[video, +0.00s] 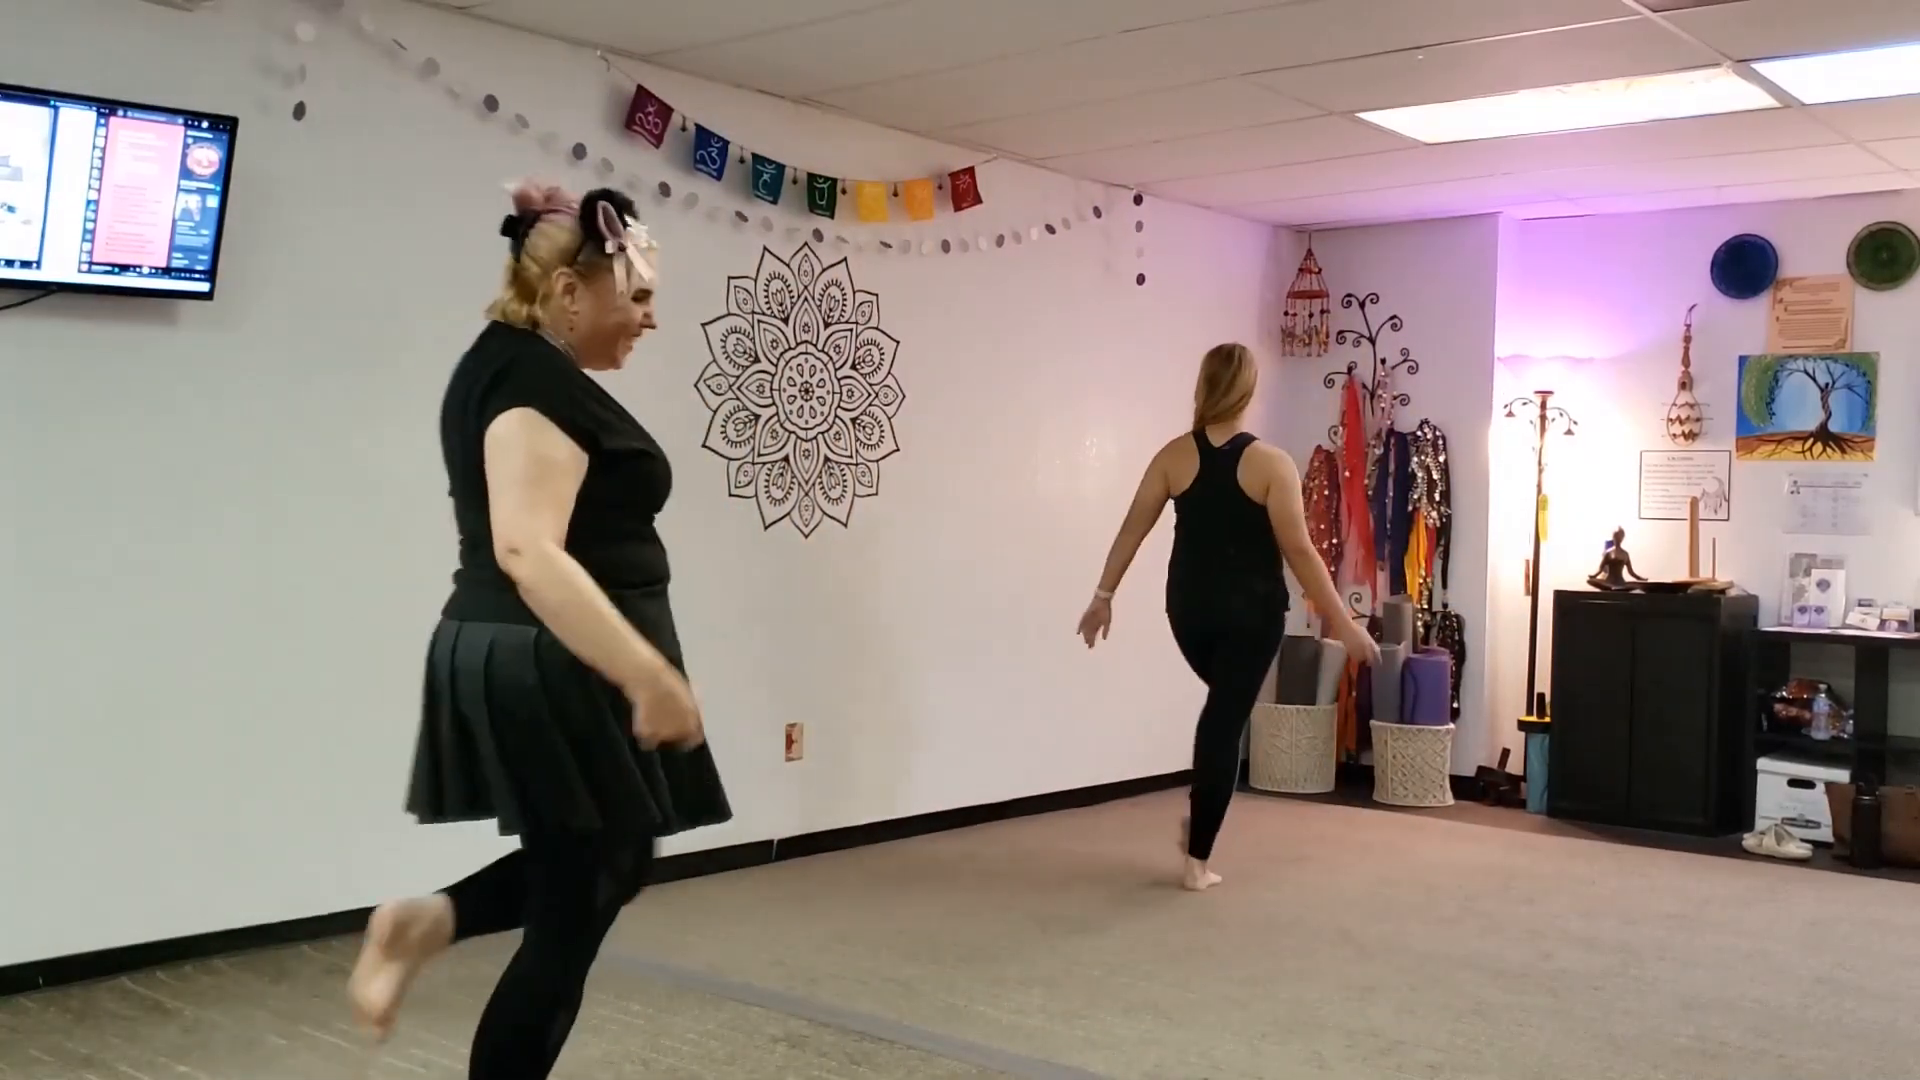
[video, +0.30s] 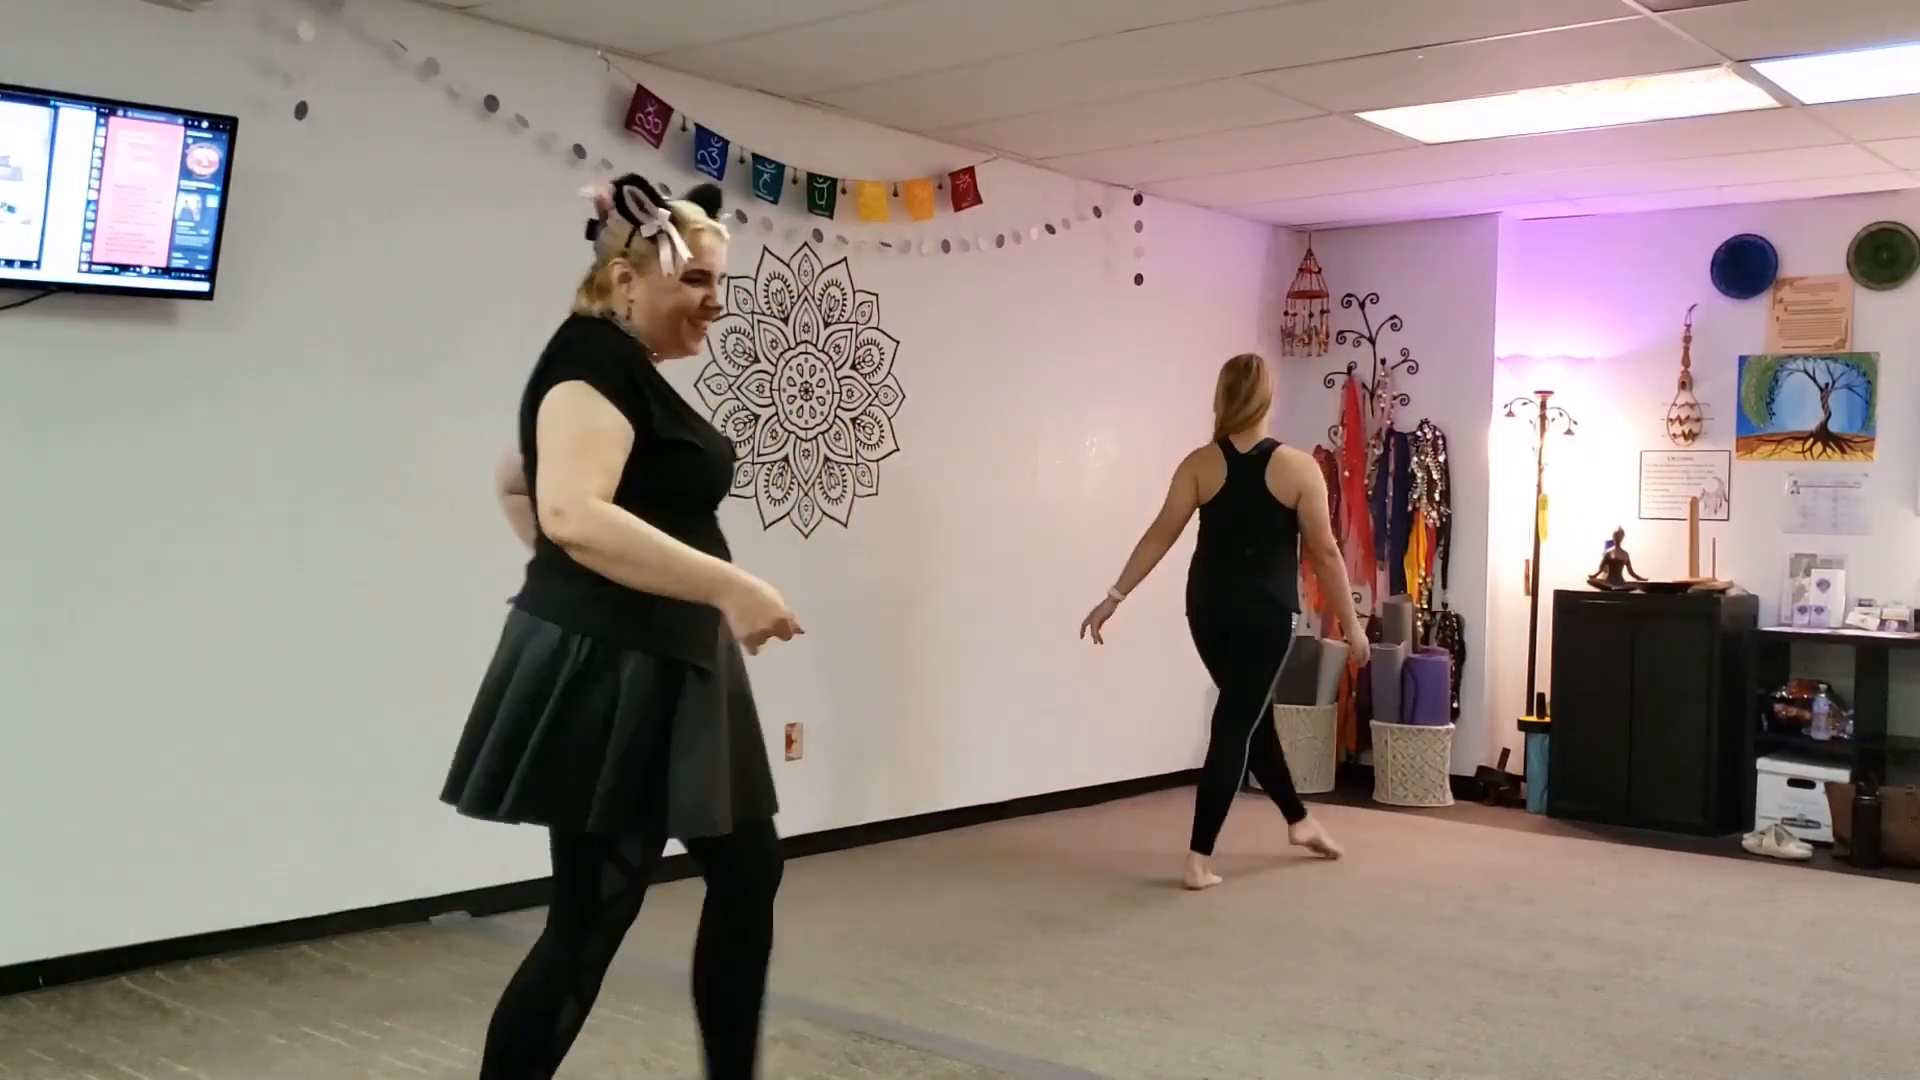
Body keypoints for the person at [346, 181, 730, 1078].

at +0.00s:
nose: (648, 318)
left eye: (650, 299)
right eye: (636, 296)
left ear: (566, 292)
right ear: (569, 290)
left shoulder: (507, 369)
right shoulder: (534, 384)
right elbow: (528, 550)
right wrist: (650, 675)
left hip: (504, 645)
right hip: (545, 661)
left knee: (615, 854)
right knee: (584, 889)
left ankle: (432, 921)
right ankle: (504, 1068)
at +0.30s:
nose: (714, 303)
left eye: (720, 283)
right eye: (696, 278)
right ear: (628, 273)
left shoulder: (621, 367)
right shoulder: (589, 360)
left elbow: (516, 485)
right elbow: (573, 511)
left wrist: (577, 581)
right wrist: (731, 585)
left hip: (684, 658)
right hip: (613, 662)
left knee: (750, 861)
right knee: (598, 906)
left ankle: (733, 1073)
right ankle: (506, 1070)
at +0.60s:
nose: (799, 302)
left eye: (805, 286)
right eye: (781, 280)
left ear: (797, 292)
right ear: (715, 280)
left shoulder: (753, 390)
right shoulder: (672, 376)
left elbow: (746, 528)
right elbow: (635, 543)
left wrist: (801, 605)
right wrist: (753, 618)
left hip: (798, 679)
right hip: (722, 682)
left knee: (799, 917)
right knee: (676, 925)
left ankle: (815, 1078)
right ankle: (541, 1075)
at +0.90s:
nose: (886, 311)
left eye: (891, 294)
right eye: (866, 290)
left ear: (887, 298)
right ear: (799, 293)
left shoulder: (840, 398)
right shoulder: (758, 381)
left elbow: (837, 498)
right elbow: (704, 537)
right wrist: (757, 680)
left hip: (872, 685)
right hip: (804, 687)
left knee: (839, 921)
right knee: (805, 929)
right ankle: (617, 1064)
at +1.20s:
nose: (950, 302)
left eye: (960, 284)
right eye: (927, 282)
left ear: (969, 288)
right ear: (864, 288)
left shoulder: (959, 397)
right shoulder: (802, 378)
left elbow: (1037, 534)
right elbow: (722, 525)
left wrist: (1110, 426)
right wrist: (690, 669)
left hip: (926, 671)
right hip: (822, 669)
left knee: (863, 911)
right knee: (932, 905)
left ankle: (829, 1073)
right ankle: (910, 1067)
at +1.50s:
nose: (992, 301)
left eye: (1005, 285)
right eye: (970, 279)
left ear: (1016, 293)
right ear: (908, 282)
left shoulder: (1018, 398)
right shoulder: (843, 394)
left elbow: (1075, 551)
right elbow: (756, 547)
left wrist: (1192, 540)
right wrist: (694, 695)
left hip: (983, 689)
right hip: (874, 688)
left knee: (896, 922)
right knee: (961, 933)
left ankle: (841, 1077)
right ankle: (971, 1072)